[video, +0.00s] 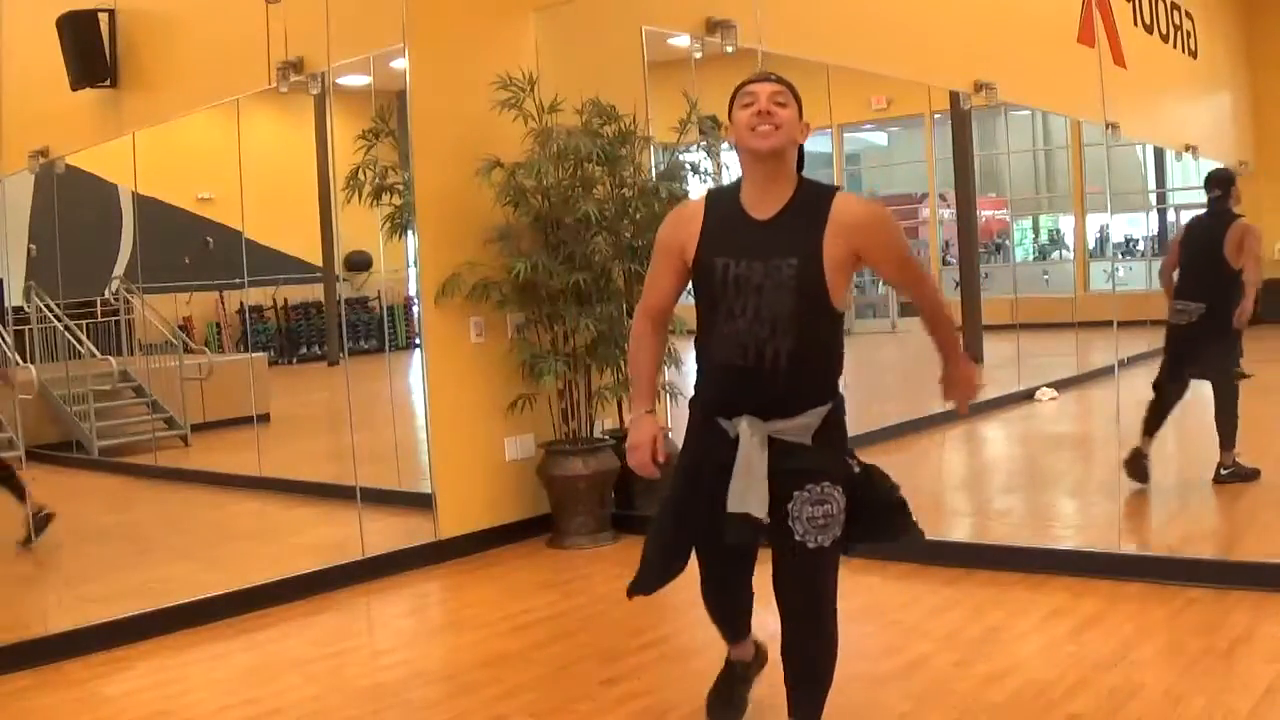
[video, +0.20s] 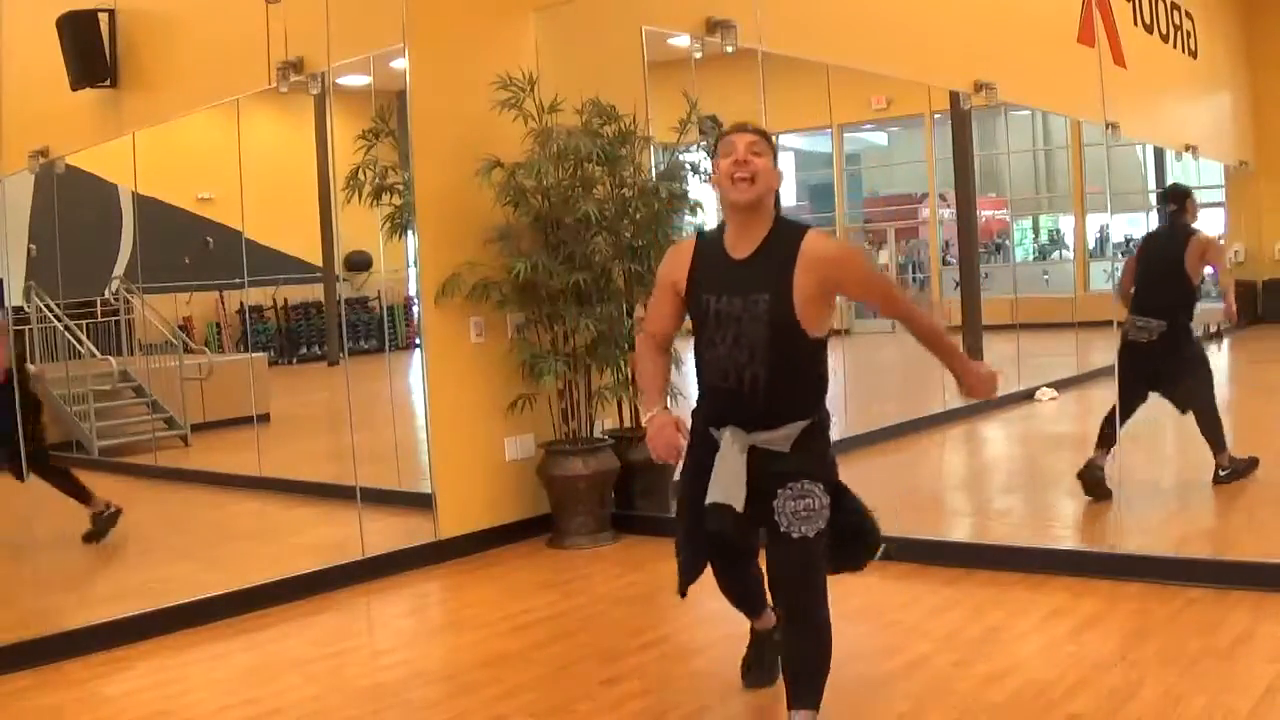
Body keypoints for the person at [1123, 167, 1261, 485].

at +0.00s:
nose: (1238, 193)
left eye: (1234, 187)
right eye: (1236, 188)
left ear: (1207, 193)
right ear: (1232, 192)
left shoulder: (1189, 227)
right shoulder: (1244, 229)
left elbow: (1166, 269)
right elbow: (1251, 267)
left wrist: (1174, 303)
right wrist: (1249, 301)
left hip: (1182, 324)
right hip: (1218, 326)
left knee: (1169, 386)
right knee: (1225, 391)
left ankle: (1141, 450)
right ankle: (1227, 462)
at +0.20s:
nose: (1197, 208)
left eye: (1195, 202)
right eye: (1195, 203)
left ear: (1166, 209)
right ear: (1188, 207)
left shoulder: (1146, 242)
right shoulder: (1200, 242)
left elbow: (1123, 288)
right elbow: (1223, 267)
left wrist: (1140, 313)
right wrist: (1229, 302)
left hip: (1135, 339)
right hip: (1173, 339)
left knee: (1126, 402)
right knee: (1203, 399)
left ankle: (1096, 463)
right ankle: (1224, 462)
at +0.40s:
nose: (1153, 216)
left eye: (1150, 211)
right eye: (1151, 211)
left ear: (1120, 216)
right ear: (1144, 214)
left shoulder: (1106, 252)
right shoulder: (1165, 251)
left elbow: (1086, 299)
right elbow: (1181, 303)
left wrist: (1113, 296)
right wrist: (1191, 349)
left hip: (1103, 349)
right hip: (1141, 348)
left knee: (1103, 414)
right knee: (1171, 403)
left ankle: (1087, 481)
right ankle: (1195, 464)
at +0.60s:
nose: (1137, 199)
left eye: (1133, 195)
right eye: (1135, 195)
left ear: (1105, 200)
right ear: (1129, 198)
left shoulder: (1089, 233)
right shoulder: (1149, 232)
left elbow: (1084, 276)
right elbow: (1153, 266)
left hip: (1093, 335)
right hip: (1131, 334)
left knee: (1090, 407)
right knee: (1138, 399)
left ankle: (1086, 481)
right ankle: (1128, 473)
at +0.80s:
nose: (1134, 202)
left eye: (1131, 197)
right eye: (1132, 197)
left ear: (1103, 199)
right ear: (1125, 197)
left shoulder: (1085, 231)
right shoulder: (1144, 232)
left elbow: (1083, 267)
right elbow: (1144, 269)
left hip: (1089, 331)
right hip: (1124, 329)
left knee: (1088, 402)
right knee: (1127, 382)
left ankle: (1088, 483)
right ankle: (1102, 438)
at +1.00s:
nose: (1146, 218)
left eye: (1145, 214)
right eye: (1146, 213)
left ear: (1114, 211)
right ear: (1140, 211)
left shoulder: (1089, 241)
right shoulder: (1147, 234)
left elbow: (1068, 285)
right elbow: (1167, 279)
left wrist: (1051, 324)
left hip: (1092, 337)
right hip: (1131, 334)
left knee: (1090, 407)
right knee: (1146, 390)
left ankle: (1087, 482)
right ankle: (1122, 444)